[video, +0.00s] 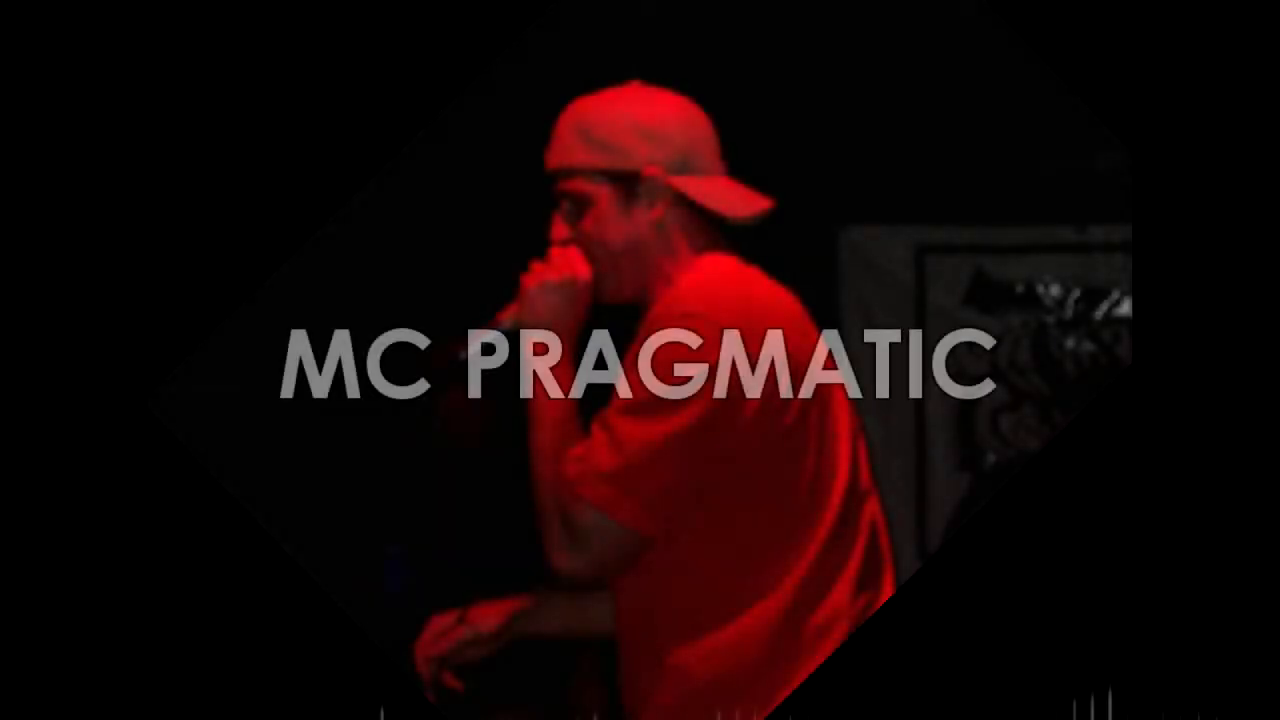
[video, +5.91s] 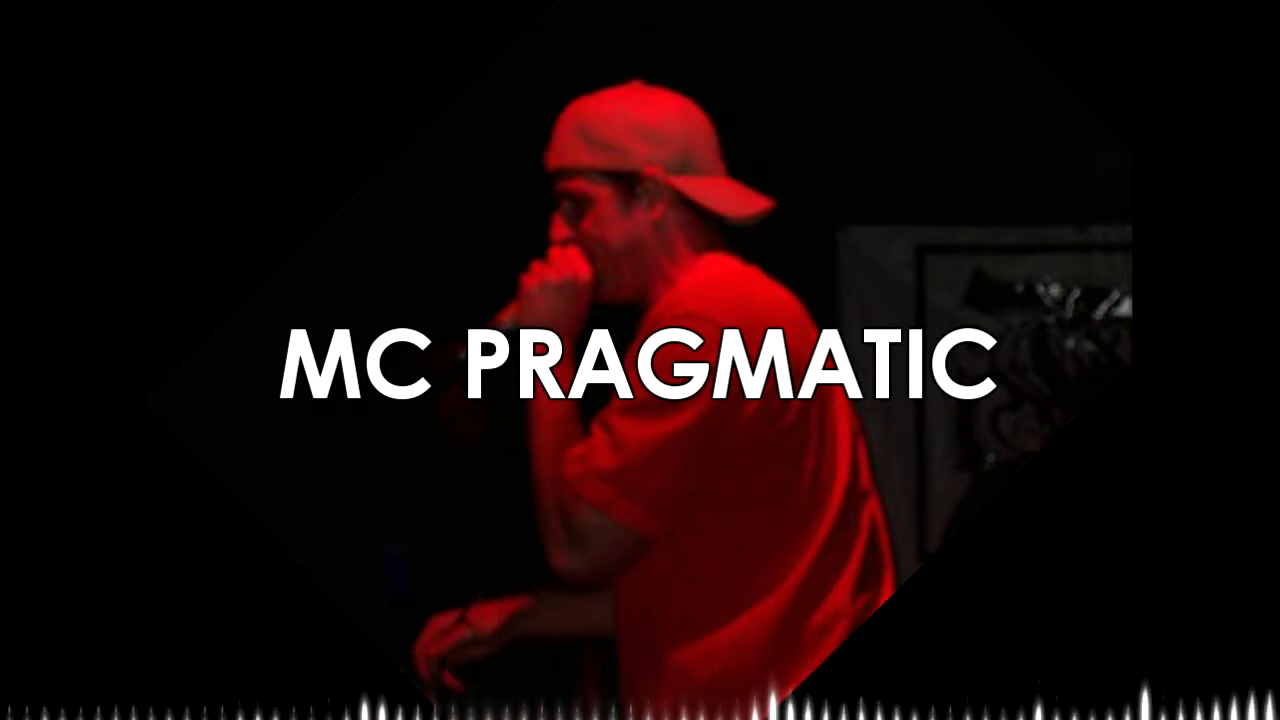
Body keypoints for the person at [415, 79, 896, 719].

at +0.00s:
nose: (559, 234)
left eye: (577, 206)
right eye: (559, 209)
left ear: (653, 200)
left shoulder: (705, 315)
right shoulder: (750, 305)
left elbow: (578, 542)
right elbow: (701, 576)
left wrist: (546, 348)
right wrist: (520, 621)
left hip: (731, 700)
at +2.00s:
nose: (559, 233)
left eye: (576, 206)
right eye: (559, 209)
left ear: (652, 199)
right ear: (649, 200)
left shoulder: (706, 314)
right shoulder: (746, 303)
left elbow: (577, 544)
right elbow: (700, 580)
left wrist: (546, 348)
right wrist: (520, 619)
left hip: (736, 704)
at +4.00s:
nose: (560, 233)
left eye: (577, 207)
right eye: (560, 209)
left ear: (653, 198)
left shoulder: (706, 314)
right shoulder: (744, 303)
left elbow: (577, 544)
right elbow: (696, 579)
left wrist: (545, 347)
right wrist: (518, 620)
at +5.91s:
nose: (560, 234)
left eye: (577, 206)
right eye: (559, 209)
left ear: (652, 198)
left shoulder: (707, 313)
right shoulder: (745, 303)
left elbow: (577, 543)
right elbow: (697, 580)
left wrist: (545, 347)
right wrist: (518, 620)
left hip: (739, 704)